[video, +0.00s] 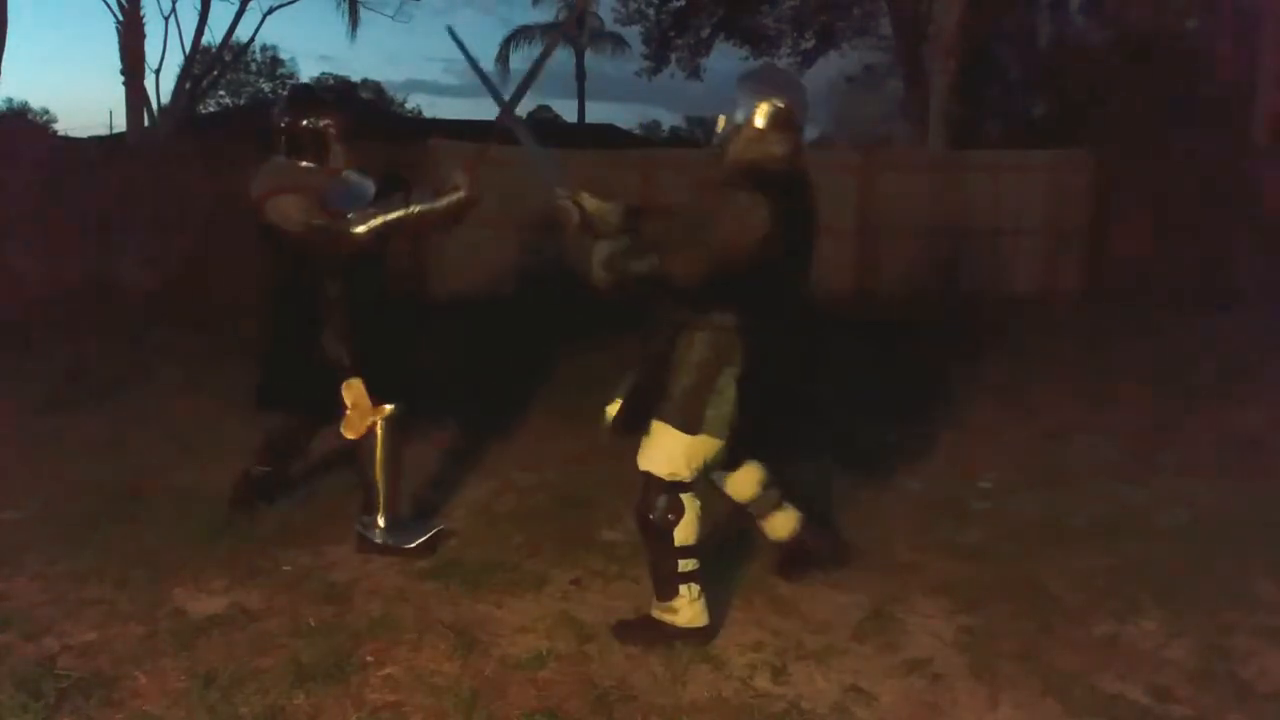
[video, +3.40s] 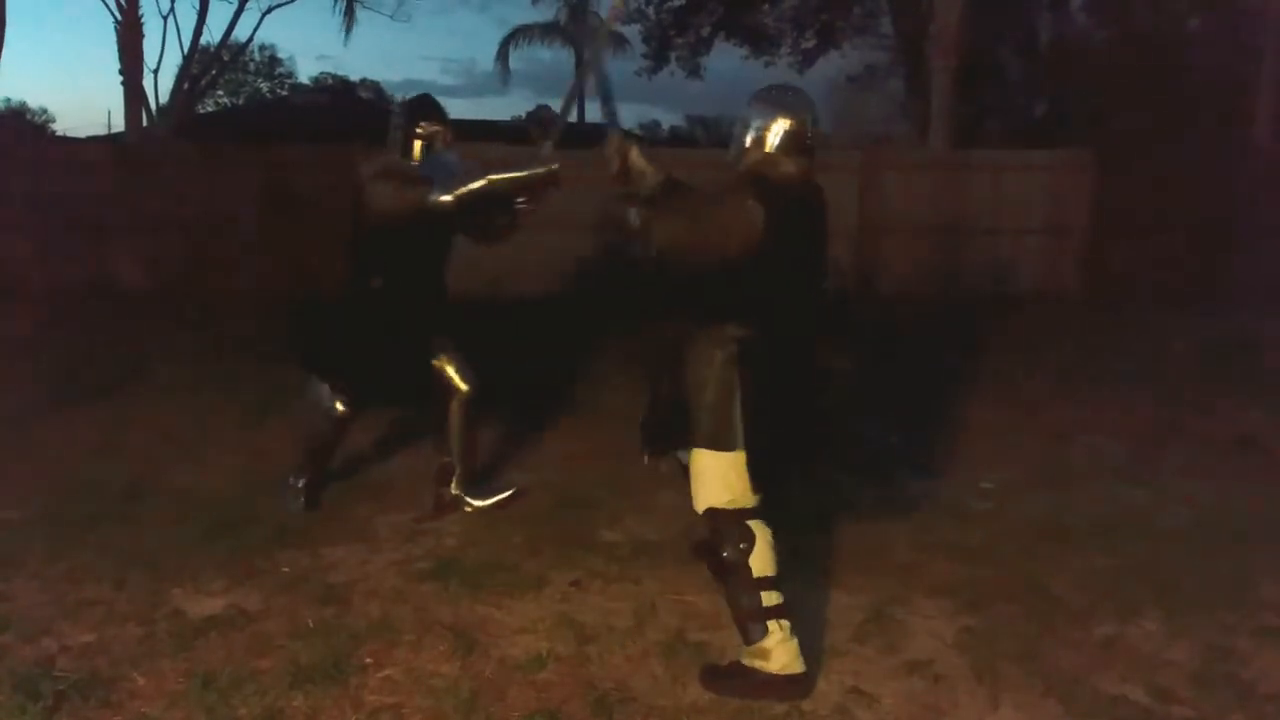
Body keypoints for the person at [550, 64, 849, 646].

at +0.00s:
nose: (743, 138)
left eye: (755, 126)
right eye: (745, 125)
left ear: (773, 132)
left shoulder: (763, 194)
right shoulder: (760, 182)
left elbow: (700, 262)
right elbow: (691, 227)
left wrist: (624, 260)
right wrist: (618, 219)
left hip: (722, 340)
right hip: (731, 332)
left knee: (665, 473)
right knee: (715, 449)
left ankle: (680, 611)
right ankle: (797, 537)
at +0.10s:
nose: (711, 132)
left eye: (719, 120)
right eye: (718, 120)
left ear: (733, 125)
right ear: (769, 129)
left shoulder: (736, 193)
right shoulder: (773, 183)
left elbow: (673, 257)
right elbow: (678, 212)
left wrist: (600, 239)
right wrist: (610, 198)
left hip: (710, 345)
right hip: (746, 337)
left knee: (661, 486)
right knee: (708, 442)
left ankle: (678, 612)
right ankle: (743, 526)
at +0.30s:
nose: (695, 132)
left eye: (706, 122)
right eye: (700, 121)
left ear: (724, 125)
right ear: (743, 126)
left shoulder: (731, 188)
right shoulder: (726, 178)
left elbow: (658, 246)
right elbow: (645, 171)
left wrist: (596, 211)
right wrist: (577, 147)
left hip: (706, 341)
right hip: (694, 335)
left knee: (666, 475)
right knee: (667, 464)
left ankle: (681, 607)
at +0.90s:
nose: (693, 125)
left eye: (702, 115)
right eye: (698, 115)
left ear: (722, 119)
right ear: (751, 122)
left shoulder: (725, 185)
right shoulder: (746, 179)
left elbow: (673, 244)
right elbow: (671, 226)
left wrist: (597, 238)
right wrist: (602, 224)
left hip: (698, 345)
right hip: (711, 340)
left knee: (659, 475)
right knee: (673, 470)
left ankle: (682, 609)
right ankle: (684, 603)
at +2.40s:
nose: (739, 128)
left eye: (747, 117)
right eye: (745, 117)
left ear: (762, 120)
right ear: (804, 121)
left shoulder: (765, 187)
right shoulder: (814, 183)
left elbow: (706, 257)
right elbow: (727, 246)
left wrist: (633, 254)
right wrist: (662, 236)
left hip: (747, 353)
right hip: (784, 345)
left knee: (728, 499)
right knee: (748, 472)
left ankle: (759, 644)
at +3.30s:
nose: (749, 145)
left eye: (758, 135)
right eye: (758, 136)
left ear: (771, 137)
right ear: (809, 142)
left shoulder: (776, 198)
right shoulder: (799, 195)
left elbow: (712, 252)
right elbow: (721, 235)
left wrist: (645, 214)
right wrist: (657, 205)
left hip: (744, 362)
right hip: (782, 349)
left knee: (717, 509)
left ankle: (777, 658)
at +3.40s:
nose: (740, 146)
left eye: (748, 136)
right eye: (747, 136)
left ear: (762, 139)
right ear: (801, 142)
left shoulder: (767, 202)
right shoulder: (794, 198)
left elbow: (704, 235)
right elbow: (713, 213)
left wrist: (643, 208)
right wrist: (655, 184)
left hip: (738, 366)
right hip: (766, 359)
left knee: (725, 510)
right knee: (744, 494)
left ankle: (775, 655)